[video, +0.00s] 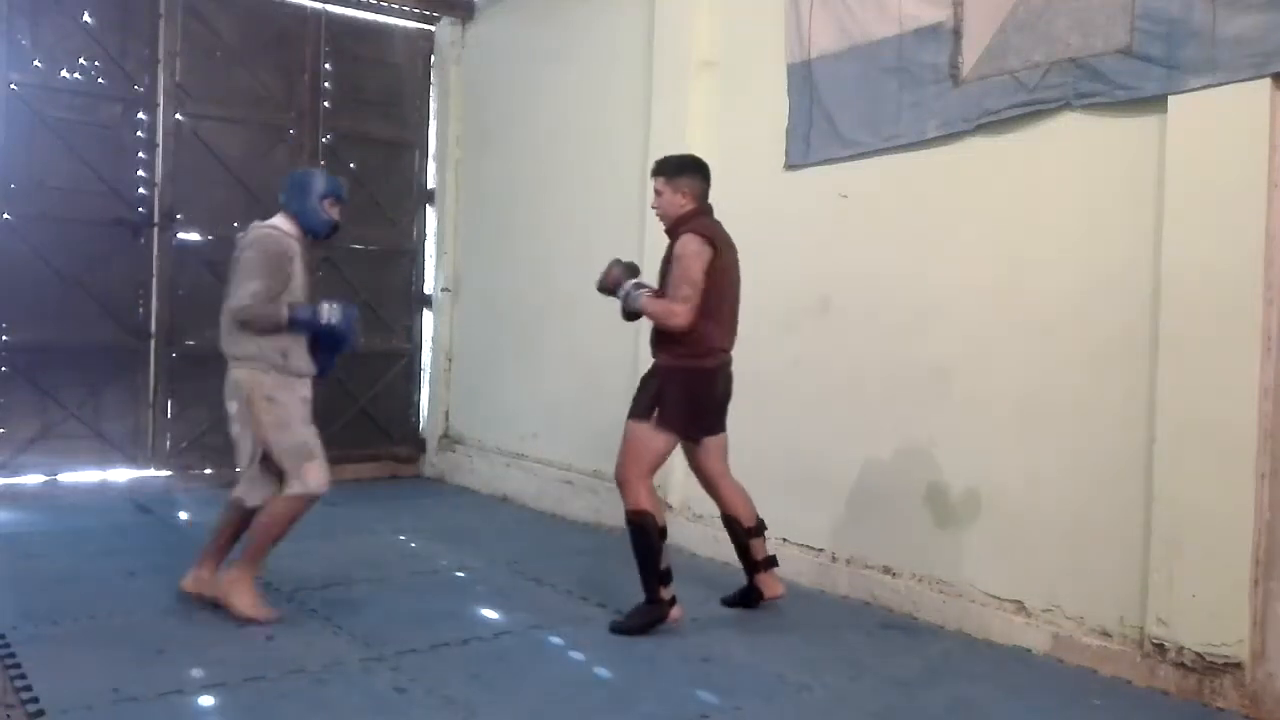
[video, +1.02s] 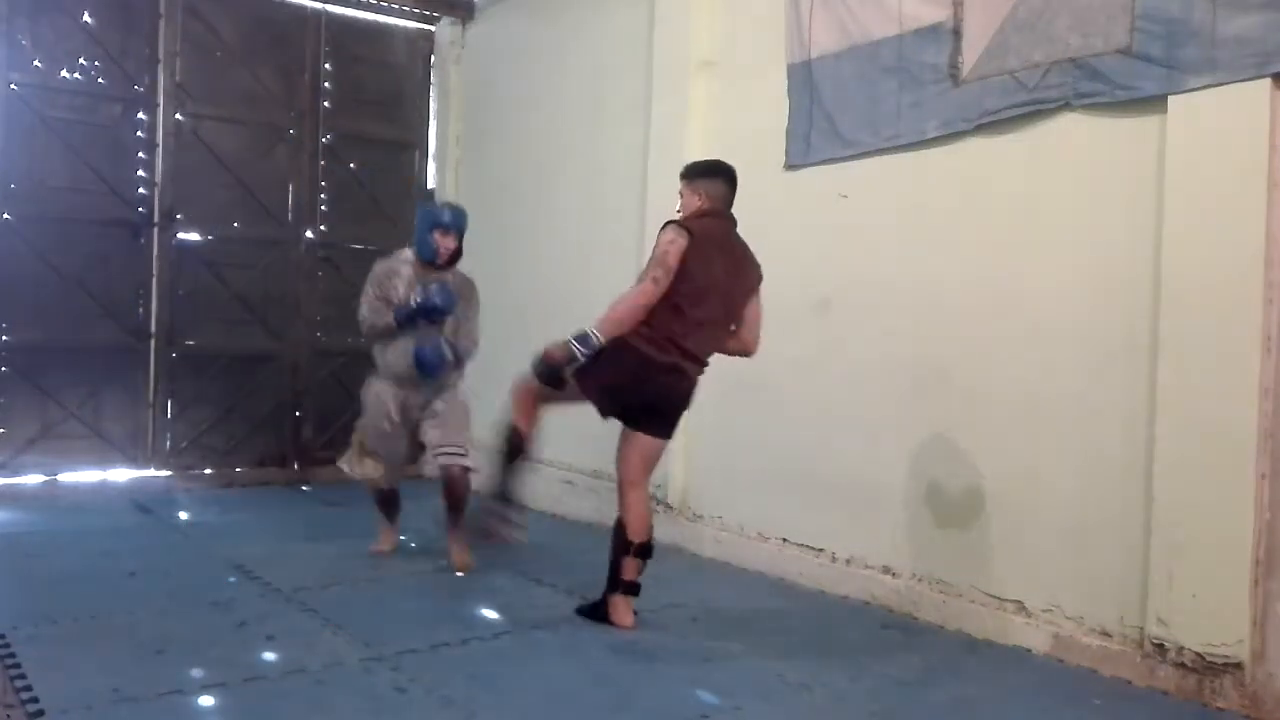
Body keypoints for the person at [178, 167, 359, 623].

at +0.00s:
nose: (336, 215)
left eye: (339, 206)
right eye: (330, 203)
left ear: (306, 203)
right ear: (304, 200)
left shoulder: (288, 246)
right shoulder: (269, 241)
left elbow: (270, 319)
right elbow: (246, 312)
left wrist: (318, 342)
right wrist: (309, 314)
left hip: (271, 379)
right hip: (263, 380)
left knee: (260, 482)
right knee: (309, 480)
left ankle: (204, 572)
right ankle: (239, 578)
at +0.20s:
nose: (367, 214)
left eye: (369, 206)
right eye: (361, 203)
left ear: (352, 204)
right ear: (336, 199)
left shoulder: (328, 241)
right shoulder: (298, 227)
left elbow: (313, 313)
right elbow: (285, 291)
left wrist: (351, 333)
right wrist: (344, 259)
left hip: (311, 372)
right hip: (299, 373)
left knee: (281, 478)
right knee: (338, 482)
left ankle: (216, 563)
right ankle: (318, 591)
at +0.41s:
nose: (398, 219)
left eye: (401, 209)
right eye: (393, 207)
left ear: (385, 206)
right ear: (369, 203)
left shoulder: (366, 245)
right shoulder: (330, 238)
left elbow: (357, 305)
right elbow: (333, 307)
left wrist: (383, 332)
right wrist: (386, 278)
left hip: (359, 373)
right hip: (324, 373)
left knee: (373, 476)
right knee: (336, 485)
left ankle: (309, 544)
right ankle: (318, 591)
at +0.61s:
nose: (417, 236)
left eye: (421, 228)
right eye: (412, 225)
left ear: (414, 231)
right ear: (386, 222)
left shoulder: (398, 268)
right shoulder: (349, 255)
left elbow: (430, 329)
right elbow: (382, 313)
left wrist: (420, 332)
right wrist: (419, 269)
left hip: (386, 390)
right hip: (340, 387)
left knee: (421, 478)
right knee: (344, 490)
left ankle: (436, 554)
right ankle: (296, 591)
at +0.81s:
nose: (442, 227)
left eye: (448, 220)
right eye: (436, 217)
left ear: (452, 225)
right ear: (414, 214)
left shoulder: (451, 265)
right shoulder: (377, 252)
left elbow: (456, 327)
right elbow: (368, 316)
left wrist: (402, 331)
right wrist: (427, 320)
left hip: (429, 382)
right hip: (377, 378)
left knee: (441, 472)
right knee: (349, 472)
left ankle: (436, 554)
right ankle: (320, 559)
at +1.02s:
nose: (449, 244)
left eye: (456, 237)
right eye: (443, 235)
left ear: (461, 242)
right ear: (424, 234)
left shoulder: (462, 286)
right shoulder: (388, 271)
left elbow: (466, 341)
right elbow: (368, 323)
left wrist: (445, 355)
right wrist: (411, 312)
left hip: (441, 391)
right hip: (389, 388)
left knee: (455, 472)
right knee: (380, 469)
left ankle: (456, 538)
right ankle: (389, 529)